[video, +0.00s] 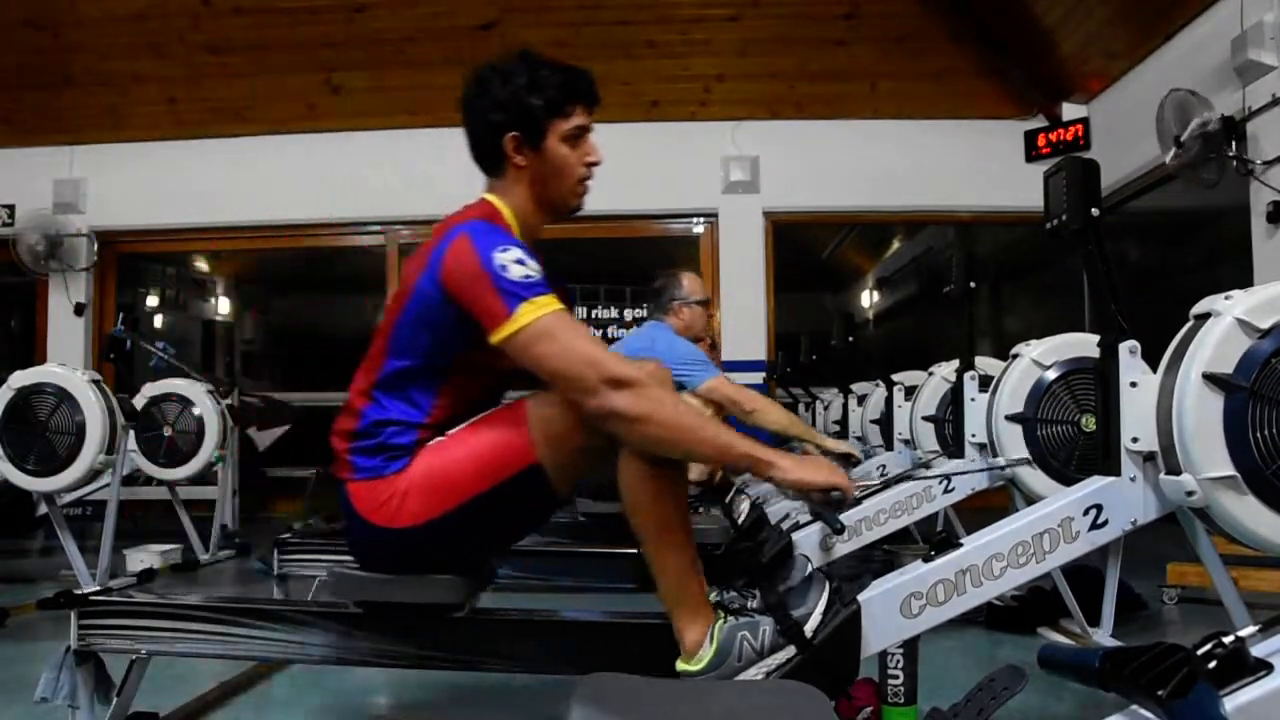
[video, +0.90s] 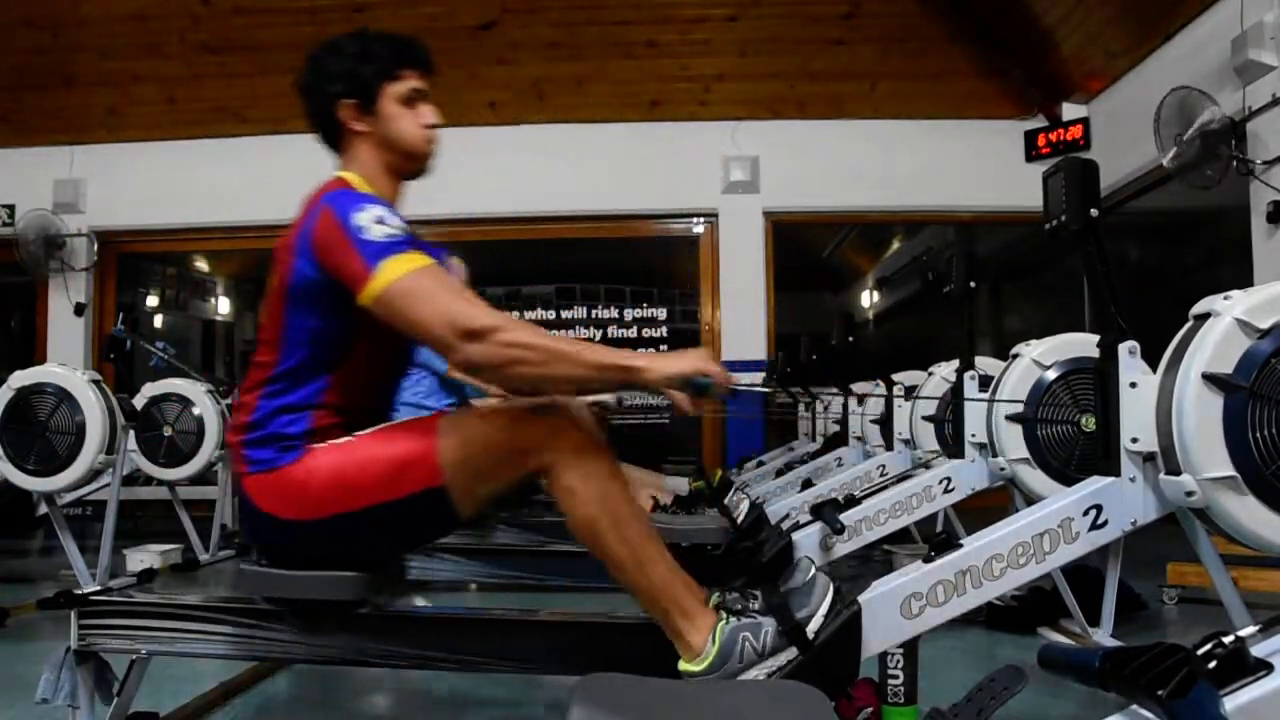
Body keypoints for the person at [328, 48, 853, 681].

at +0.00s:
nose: (594, 157)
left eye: (591, 138)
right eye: (577, 139)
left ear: (524, 154)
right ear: (519, 151)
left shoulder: (496, 244)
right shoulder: (480, 247)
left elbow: (602, 377)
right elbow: (614, 389)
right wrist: (772, 463)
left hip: (419, 484)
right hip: (392, 500)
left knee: (632, 386)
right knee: (632, 399)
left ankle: (700, 623)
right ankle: (700, 642)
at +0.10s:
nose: (641, 158)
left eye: (637, 138)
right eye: (622, 139)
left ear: (570, 154)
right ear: (564, 152)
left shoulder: (543, 244)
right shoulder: (528, 246)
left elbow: (674, 373)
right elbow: (668, 386)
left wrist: (826, 444)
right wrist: (827, 460)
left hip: (462, 491)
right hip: (437, 504)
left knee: (674, 377)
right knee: (663, 394)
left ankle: (705, 613)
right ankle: (701, 637)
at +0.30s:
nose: (713, 161)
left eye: (709, 142)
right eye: (697, 143)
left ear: (644, 155)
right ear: (640, 154)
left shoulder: (624, 243)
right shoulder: (609, 247)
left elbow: (770, 363)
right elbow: (768, 383)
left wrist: (890, 439)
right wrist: (925, 441)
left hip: (525, 499)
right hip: (503, 510)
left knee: (733, 374)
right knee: (730, 383)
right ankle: (703, 622)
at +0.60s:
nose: (686, 151)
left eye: (682, 133)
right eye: (670, 134)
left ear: (618, 149)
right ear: (615, 148)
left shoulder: (607, 235)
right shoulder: (591, 240)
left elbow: (754, 344)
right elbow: (753, 367)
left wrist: (874, 408)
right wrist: (912, 411)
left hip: (507, 489)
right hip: (487, 503)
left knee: (715, 366)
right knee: (713, 379)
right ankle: (702, 625)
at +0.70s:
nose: (621, 139)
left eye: (617, 121)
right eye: (603, 121)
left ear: (552, 140)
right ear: (547, 135)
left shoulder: (534, 223)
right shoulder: (526, 227)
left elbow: (624, 364)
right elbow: (662, 366)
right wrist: (823, 404)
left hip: (457, 478)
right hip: (434, 493)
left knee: (632, 373)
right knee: (664, 380)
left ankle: (723, 527)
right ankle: (703, 633)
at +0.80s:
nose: (533, 125)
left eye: (528, 109)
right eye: (512, 109)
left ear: (461, 125)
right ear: (454, 123)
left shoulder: (446, 218)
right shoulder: (438, 220)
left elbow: (532, 355)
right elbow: (571, 356)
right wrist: (739, 386)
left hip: (389, 476)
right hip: (366, 491)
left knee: (601, 395)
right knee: (607, 410)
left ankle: (697, 617)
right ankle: (704, 638)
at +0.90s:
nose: (434, 118)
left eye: (429, 101)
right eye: (411, 101)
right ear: (354, 117)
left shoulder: (385, 226)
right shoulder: (344, 214)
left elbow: (492, 359)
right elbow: (476, 338)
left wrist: (638, 373)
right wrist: (644, 367)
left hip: (337, 469)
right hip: (293, 483)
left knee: (564, 421)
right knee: (552, 433)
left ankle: (695, 615)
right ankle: (703, 639)